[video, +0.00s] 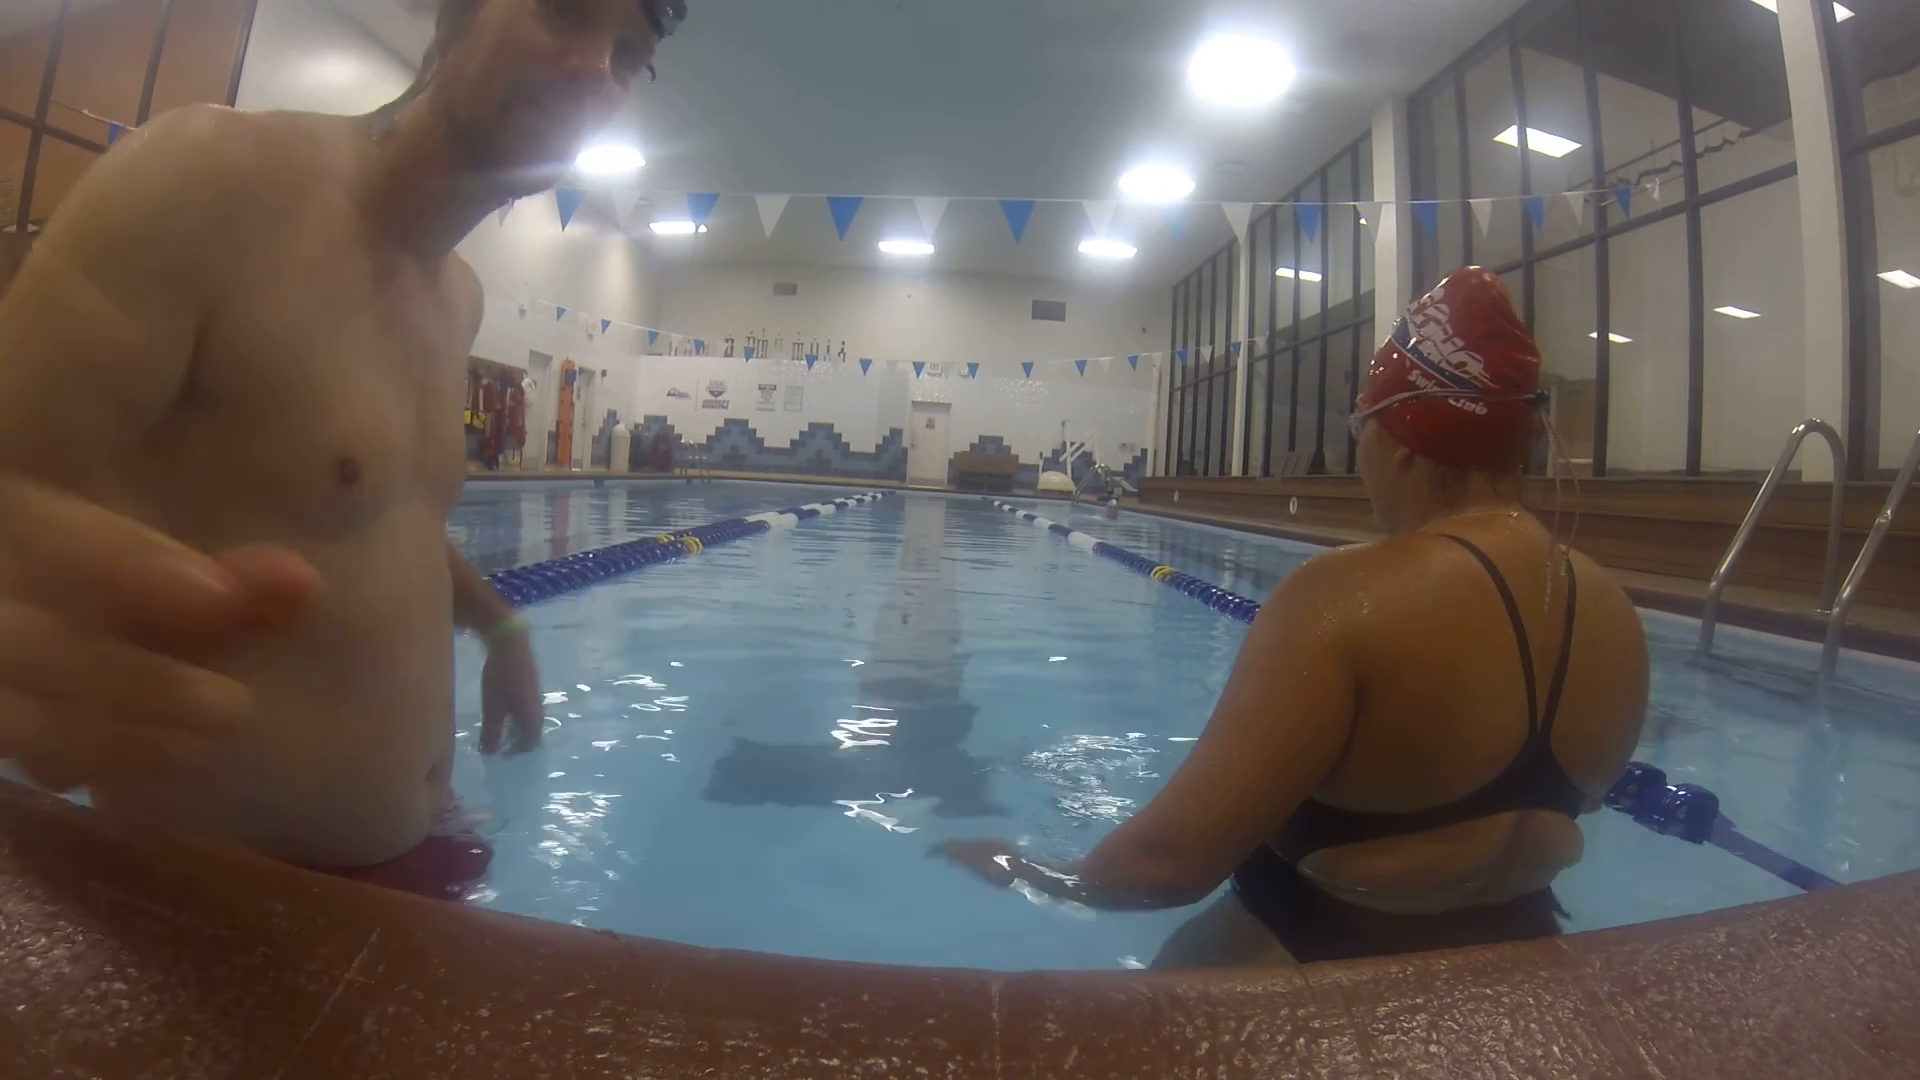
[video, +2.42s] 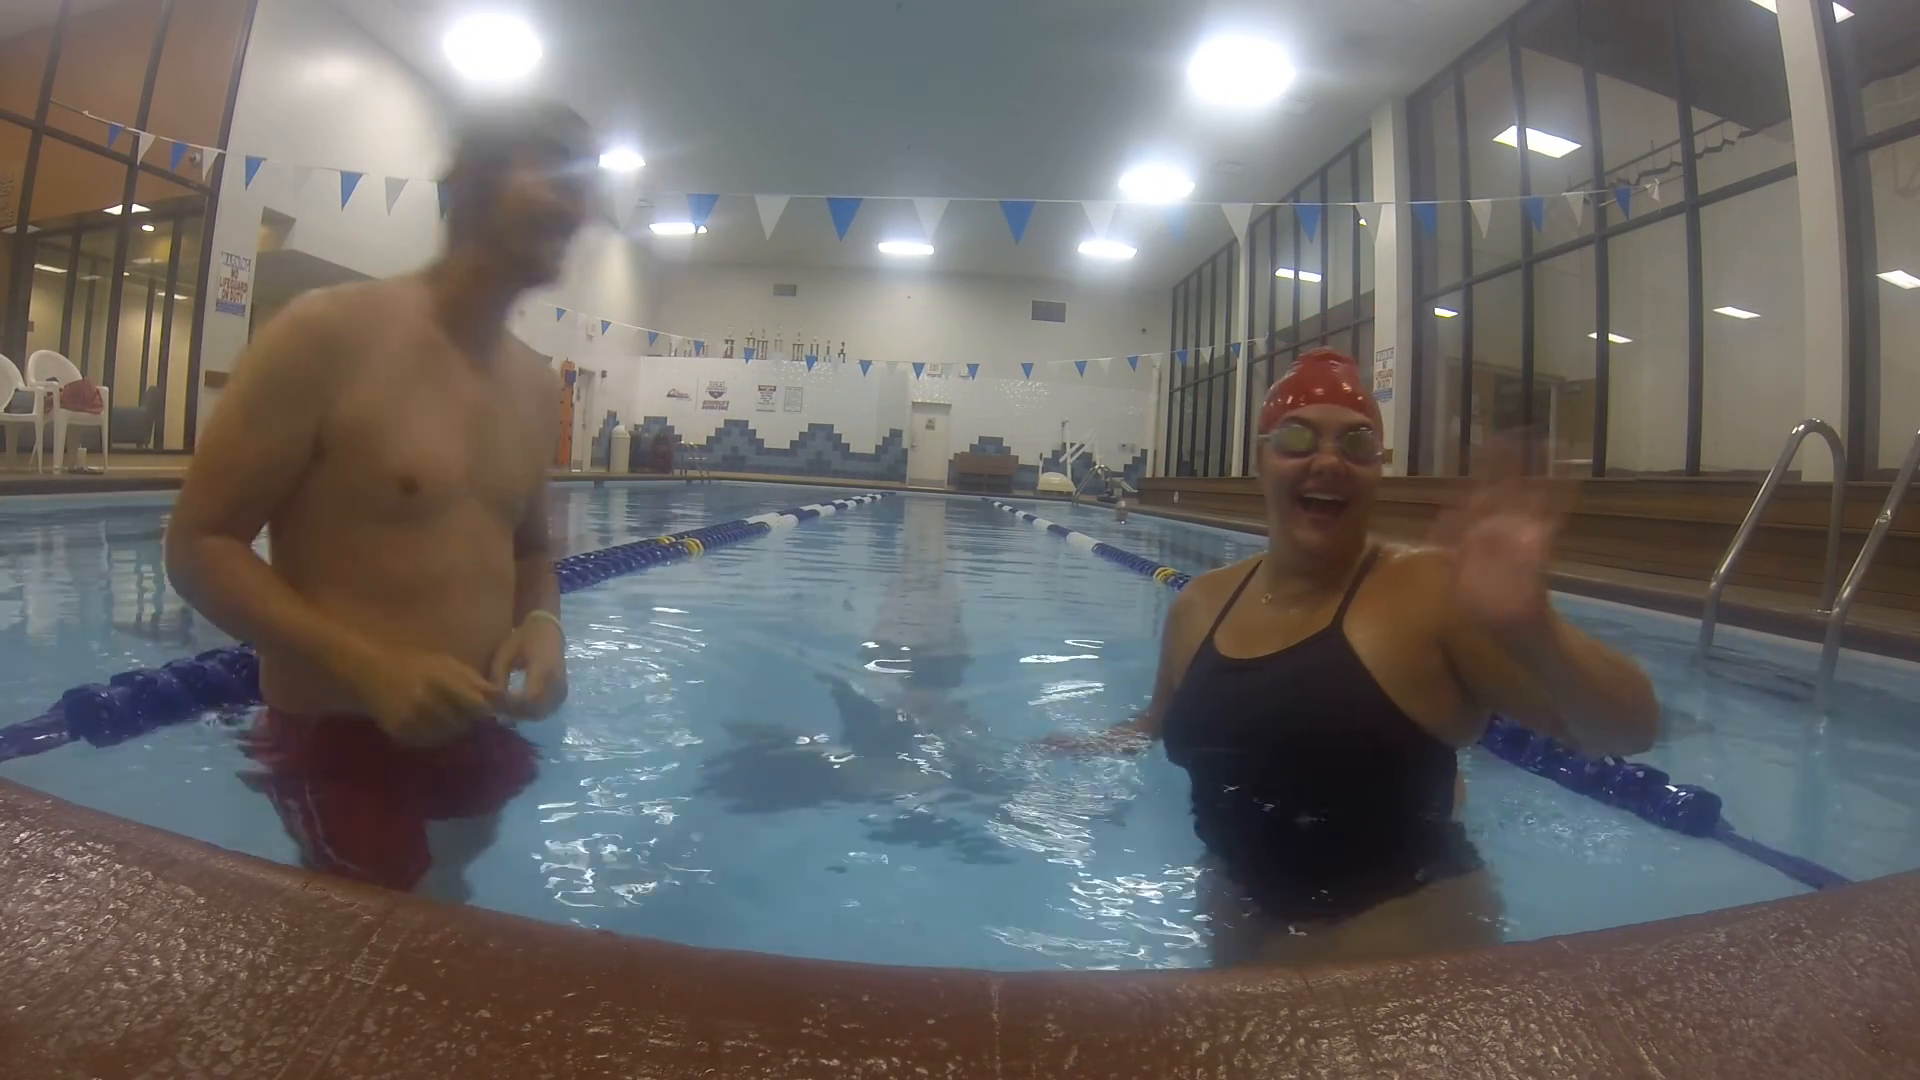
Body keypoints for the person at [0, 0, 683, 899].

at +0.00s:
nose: (593, 70)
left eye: (628, 56)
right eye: (564, 13)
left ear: (631, 97)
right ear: (451, 14)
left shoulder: (457, 294)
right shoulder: (204, 177)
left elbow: (379, 516)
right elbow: (25, 485)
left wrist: (496, 620)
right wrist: (58, 607)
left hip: (407, 875)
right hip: (194, 897)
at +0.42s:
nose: (527, 80)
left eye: (557, 58)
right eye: (494, 28)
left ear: (564, 93)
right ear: (396, 30)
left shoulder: (454, 295)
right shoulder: (200, 226)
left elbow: (413, 505)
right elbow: (18, 588)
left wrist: (527, 579)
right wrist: (181, 546)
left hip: (438, 837)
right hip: (251, 848)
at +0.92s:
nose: (533, 196)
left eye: (559, 181)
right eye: (505, 162)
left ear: (567, 213)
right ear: (438, 173)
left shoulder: (510, 377)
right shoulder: (296, 327)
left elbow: (508, 536)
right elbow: (168, 584)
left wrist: (545, 621)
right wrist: (292, 556)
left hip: (474, 783)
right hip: (337, 783)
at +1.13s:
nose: (577, 233)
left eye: (599, 218)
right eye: (557, 198)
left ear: (606, 242)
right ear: (493, 190)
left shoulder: (534, 389)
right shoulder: (341, 309)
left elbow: (521, 554)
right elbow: (174, 473)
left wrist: (543, 618)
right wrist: (316, 454)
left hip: (466, 758)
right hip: (331, 751)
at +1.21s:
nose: (600, 271)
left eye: (621, 262)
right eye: (584, 234)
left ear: (627, 277)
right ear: (522, 218)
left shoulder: (545, 407)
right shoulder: (356, 311)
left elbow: (523, 565)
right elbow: (172, 456)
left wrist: (541, 621)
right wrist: (340, 443)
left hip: (463, 744)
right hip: (323, 740)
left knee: (488, 843)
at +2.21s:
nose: (636, 314)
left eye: (654, 303)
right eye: (625, 277)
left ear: (654, 323)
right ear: (559, 258)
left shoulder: (568, 448)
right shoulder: (387, 345)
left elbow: (531, 590)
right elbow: (195, 501)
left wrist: (543, 631)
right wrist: (391, 535)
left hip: (460, 738)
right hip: (318, 735)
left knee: (506, 839)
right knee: (355, 931)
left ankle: (426, 904)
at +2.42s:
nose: (577, 205)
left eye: (585, 185)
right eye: (554, 172)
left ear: (586, 213)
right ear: (469, 180)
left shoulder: (536, 386)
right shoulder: (327, 336)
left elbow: (531, 547)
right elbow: (198, 543)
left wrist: (539, 618)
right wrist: (371, 669)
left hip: (473, 743)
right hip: (340, 750)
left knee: (463, 867)